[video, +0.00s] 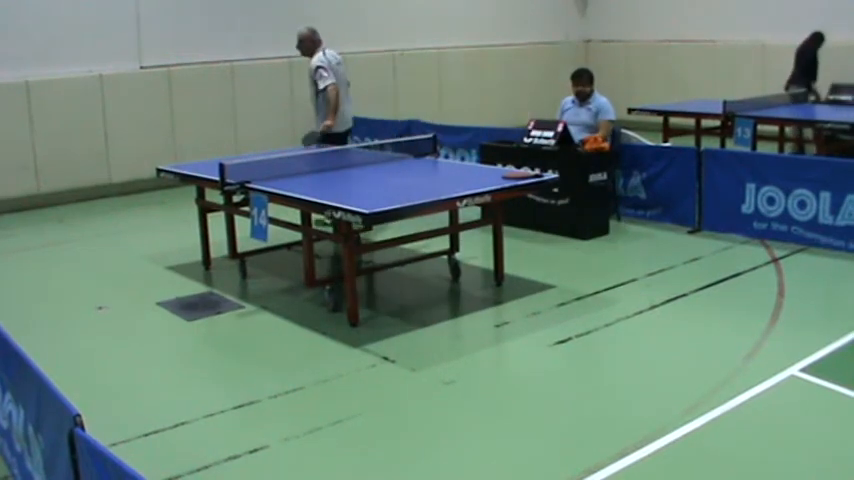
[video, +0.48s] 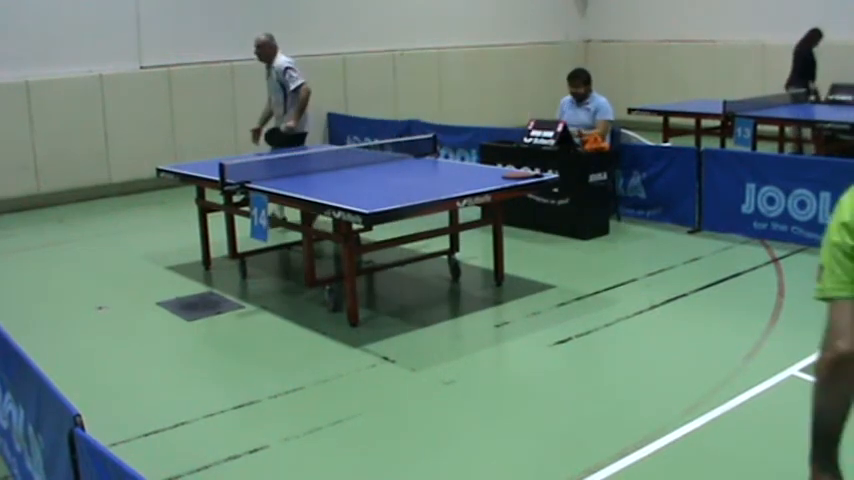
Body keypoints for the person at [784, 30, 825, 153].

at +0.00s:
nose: (820, 46)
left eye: (820, 43)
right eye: (820, 43)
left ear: (811, 38)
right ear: (817, 41)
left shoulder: (803, 47)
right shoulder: (810, 51)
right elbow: (807, 79)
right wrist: (816, 95)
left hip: (792, 86)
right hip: (801, 88)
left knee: (797, 121)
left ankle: (798, 148)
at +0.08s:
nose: (819, 46)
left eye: (820, 43)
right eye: (820, 43)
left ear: (811, 38)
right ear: (816, 41)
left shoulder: (802, 48)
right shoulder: (809, 52)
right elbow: (807, 79)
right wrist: (815, 94)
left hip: (791, 86)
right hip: (801, 88)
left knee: (796, 121)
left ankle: (797, 148)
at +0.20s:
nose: (819, 45)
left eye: (820, 43)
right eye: (819, 42)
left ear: (810, 37)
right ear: (815, 40)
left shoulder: (801, 48)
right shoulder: (808, 51)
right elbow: (806, 75)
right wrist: (813, 91)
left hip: (791, 86)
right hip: (800, 88)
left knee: (796, 121)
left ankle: (797, 149)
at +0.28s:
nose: (819, 44)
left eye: (820, 42)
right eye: (819, 41)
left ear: (811, 36)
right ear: (815, 39)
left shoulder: (802, 47)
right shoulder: (807, 49)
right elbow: (805, 74)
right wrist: (813, 90)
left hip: (792, 86)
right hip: (799, 87)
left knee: (796, 121)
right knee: (798, 121)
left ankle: (797, 149)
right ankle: (798, 149)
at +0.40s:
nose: (818, 44)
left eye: (819, 41)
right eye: (818, 41)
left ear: (809, 36)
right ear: (813, 39)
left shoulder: (800, 48)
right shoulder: (806, 51)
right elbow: (807, 76)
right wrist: (815, 93)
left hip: (792, 86)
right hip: (800, 88)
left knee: (797, 121)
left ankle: (798, 149)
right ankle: (798, 148)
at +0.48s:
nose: (818, 43)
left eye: (819, 40)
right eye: (818, 40)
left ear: (808, 36)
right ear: (813, 38)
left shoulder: (800, 48)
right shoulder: (806, 51)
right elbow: (808, 76)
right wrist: (815, 93)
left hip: (792, 86)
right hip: (801, 88)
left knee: (796, 121)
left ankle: (798, 149)